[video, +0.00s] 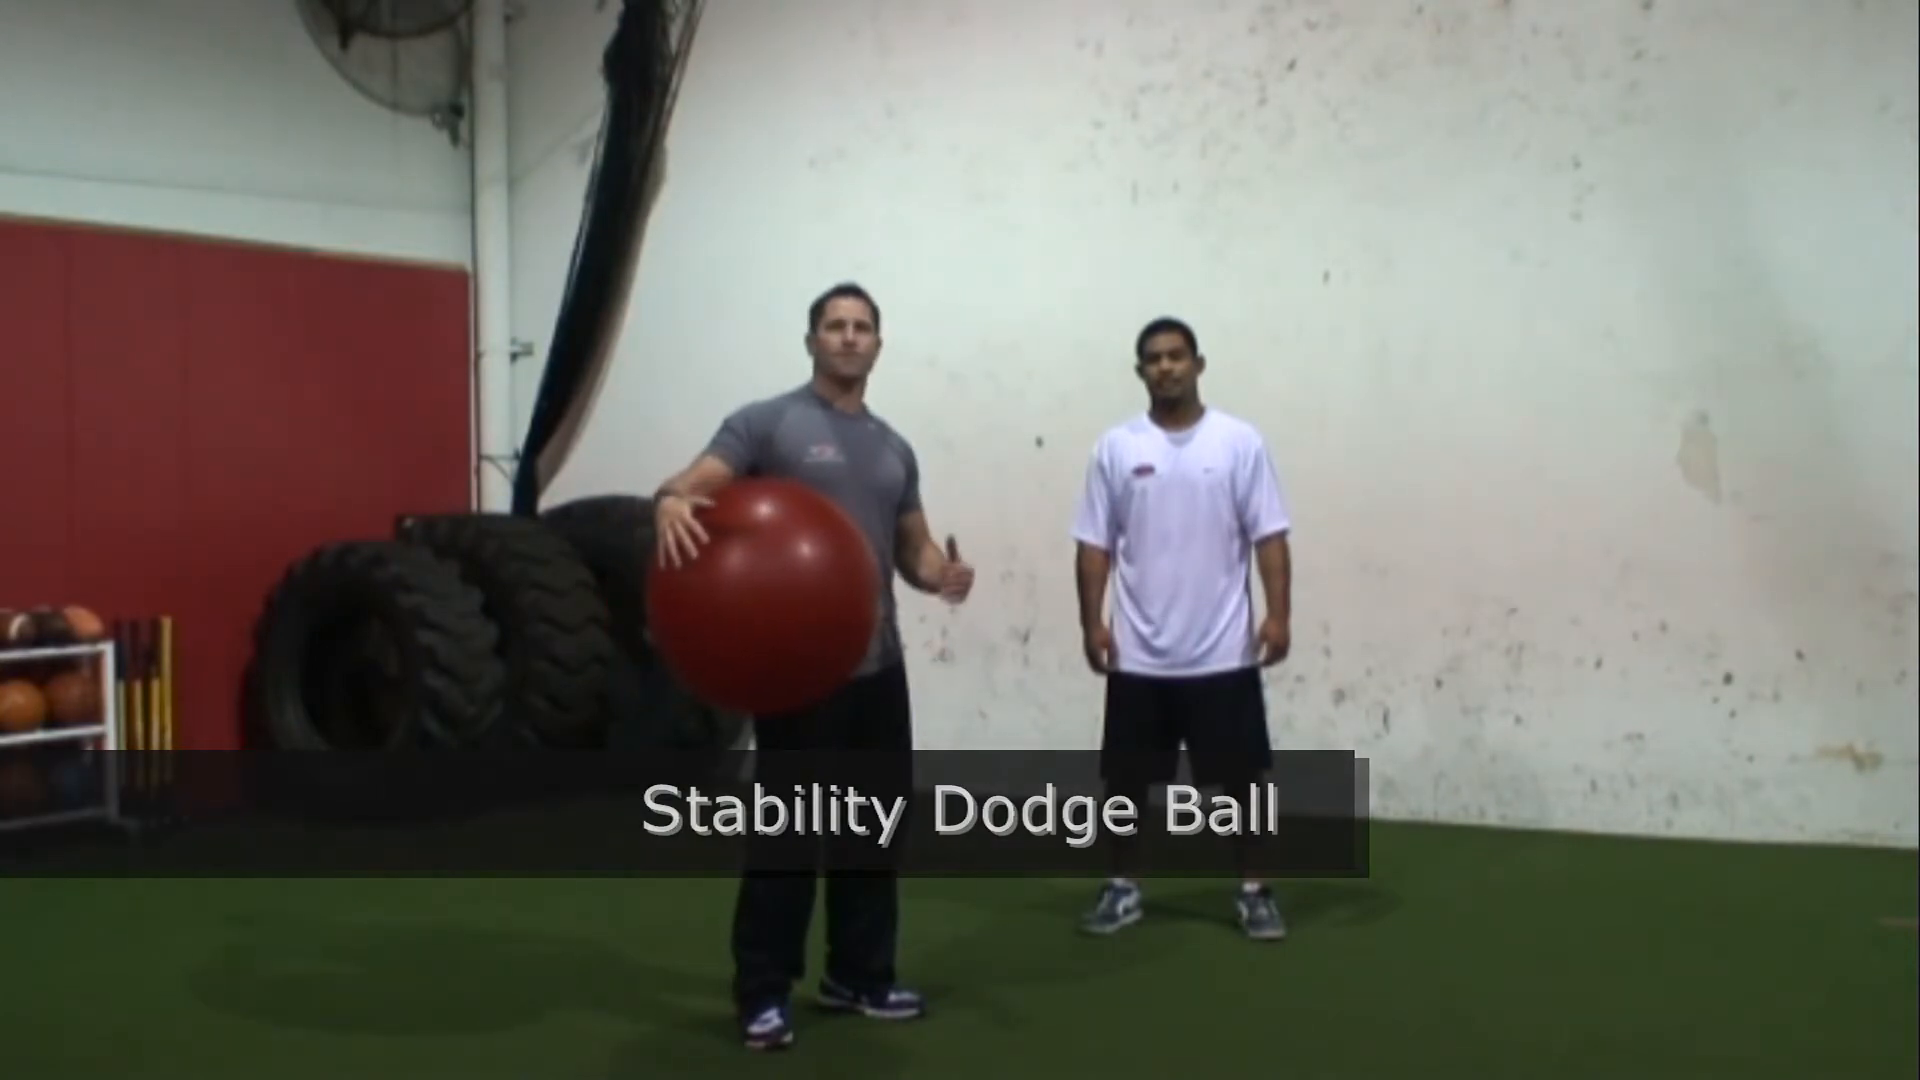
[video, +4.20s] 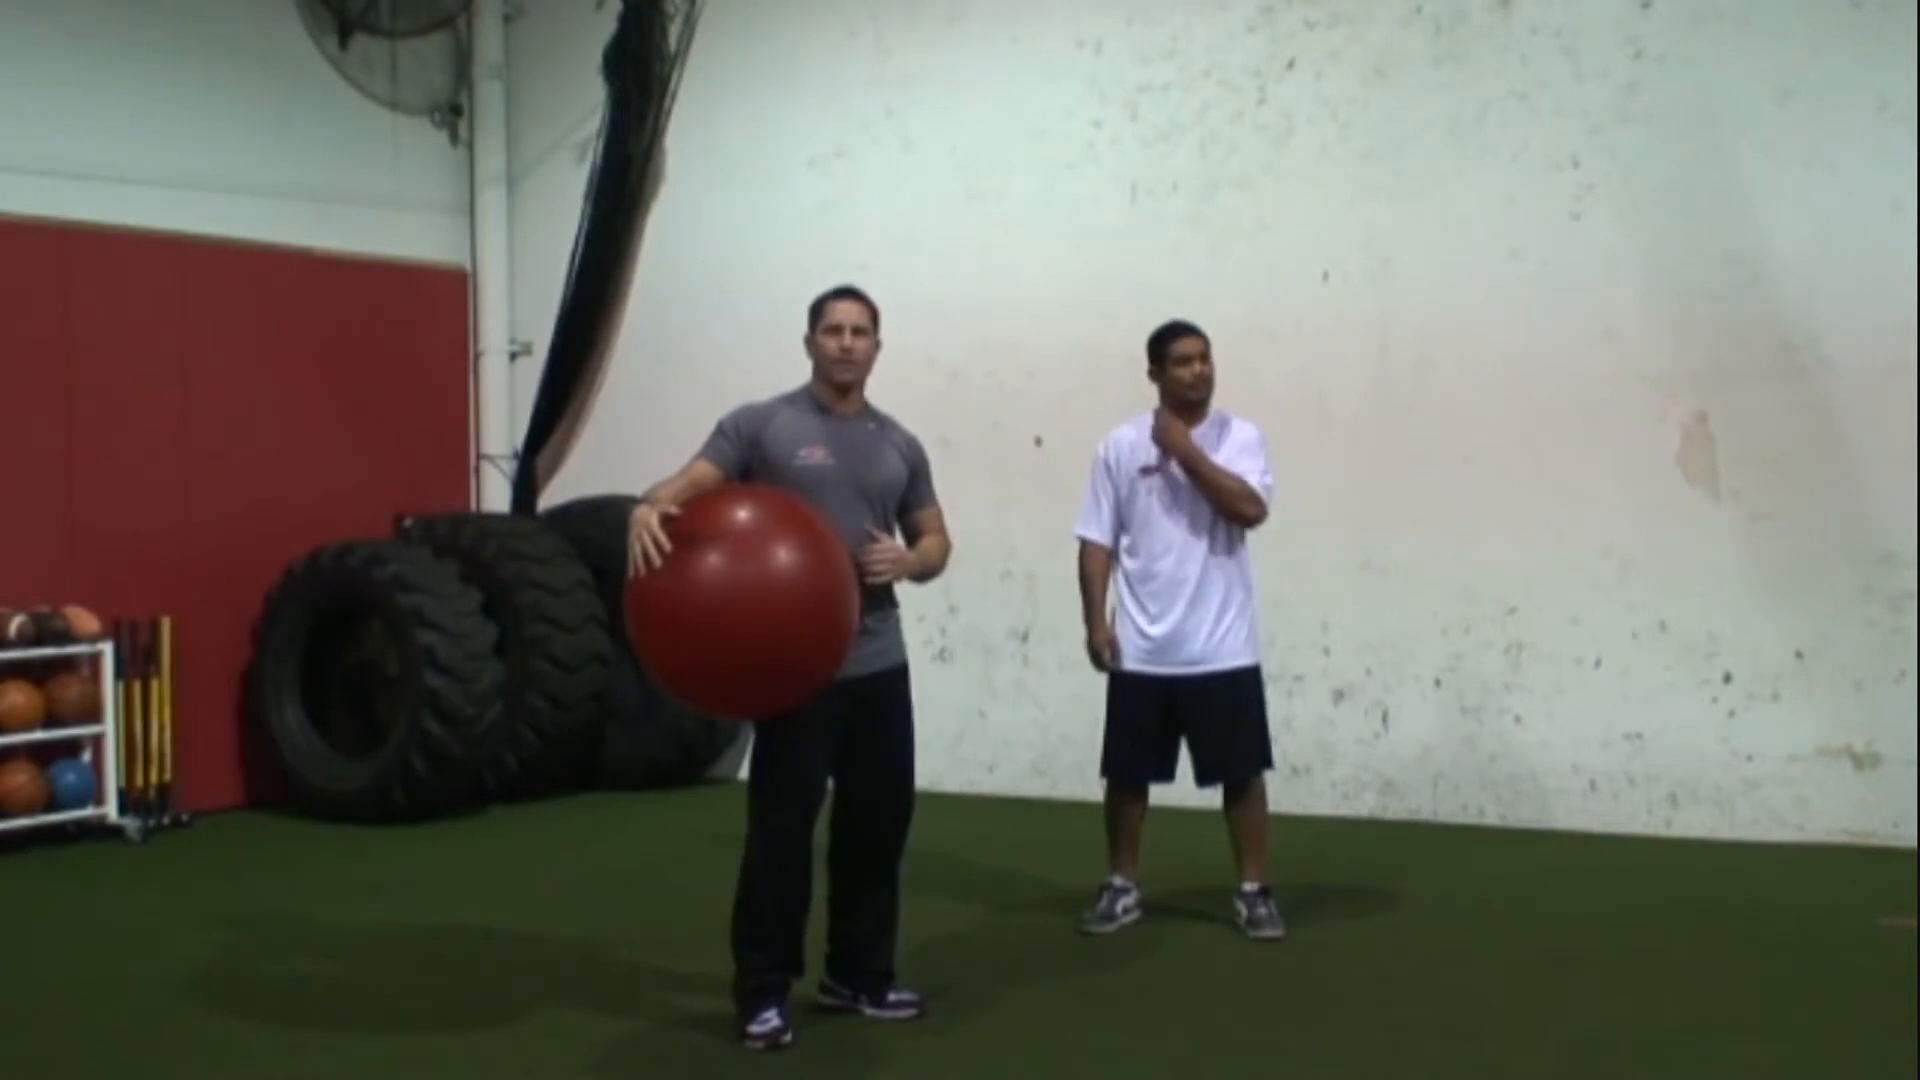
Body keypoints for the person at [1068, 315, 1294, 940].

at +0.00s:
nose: (1166, 367)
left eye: (1176, 356)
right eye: (1154, 359)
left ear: (1198, 364)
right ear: (1140, 372)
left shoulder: (1240, 442)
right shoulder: (1117, 448)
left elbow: (1270, 533)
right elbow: (1094, 541)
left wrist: (1278, 613)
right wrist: (1093, 622)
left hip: (1222, 646)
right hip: (1140, 647)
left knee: (1242, 780)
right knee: (1124, 780)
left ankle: (1254, 888)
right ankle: (1123, 884)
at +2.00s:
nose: (1164, 367)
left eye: (1175, 357)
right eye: (1153, 359)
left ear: (1198, 365)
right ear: (1140, 371)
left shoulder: (1239, 443)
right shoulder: (1116, 449)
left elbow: (1268, 536)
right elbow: (1093, 540)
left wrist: (1273, 617)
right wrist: (1092, 621)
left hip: (1221, 645)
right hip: (1139, 646)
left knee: (1242, 776)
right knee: (1124, 777)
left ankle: (1254, 888)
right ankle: (1122, 883)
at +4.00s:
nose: (1178, 367)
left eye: (1187, 357)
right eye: (1164, 359)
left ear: (1204, 366)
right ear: (1145, 372)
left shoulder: (1245, 442)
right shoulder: (1119, 449)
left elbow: (1277, 524)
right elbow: (1095, 539)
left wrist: (1230, 548)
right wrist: (1094, 620)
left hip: (1222, 646)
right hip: (1141, 647)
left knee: (1242, 776)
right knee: (1125, 777)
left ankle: (1254, 888)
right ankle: (1122, 884)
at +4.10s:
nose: (1189, 369)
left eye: (1197, 359)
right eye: (1175, 361)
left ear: (1210, 367)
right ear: (1151, 373)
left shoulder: (1242, 440)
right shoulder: (1121, 448)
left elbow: (1268, 522)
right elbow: (1095, 539)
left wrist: (1197, 486)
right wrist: (1094, 620)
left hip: (1222, 644)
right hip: (1141, 645)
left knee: (1243, 777)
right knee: (1125, 777)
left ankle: (1254, 888)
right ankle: (1122, 883)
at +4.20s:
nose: (1196, 371)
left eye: (1202, 360)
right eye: (1182, 363)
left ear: (1214, 366)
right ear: (1156, 373)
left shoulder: (1238, 438)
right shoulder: (1122, 447)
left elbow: (1251, 508)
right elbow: (1096, 538)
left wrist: (1184, 449)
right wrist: (1097, 619)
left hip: (1222, 645)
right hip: (1141, 645)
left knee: (1243, 778)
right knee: (1126, 777)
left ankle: (1254, 888)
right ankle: (1122, 883)